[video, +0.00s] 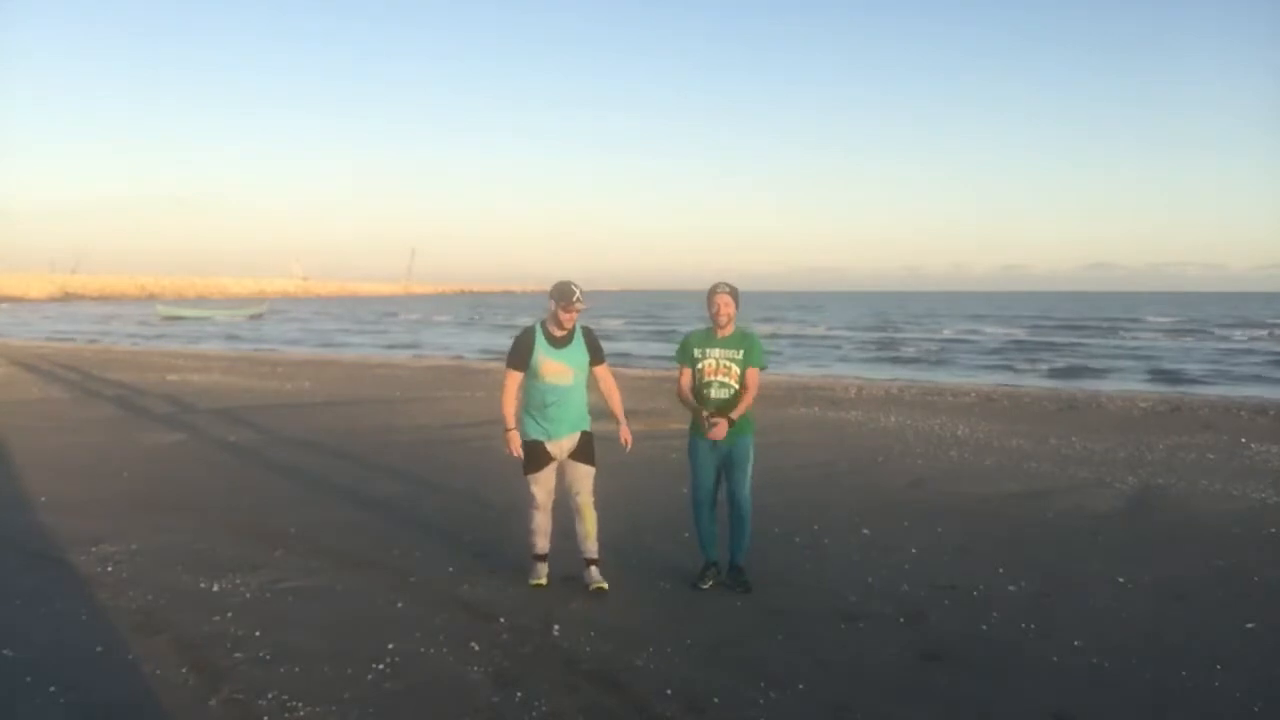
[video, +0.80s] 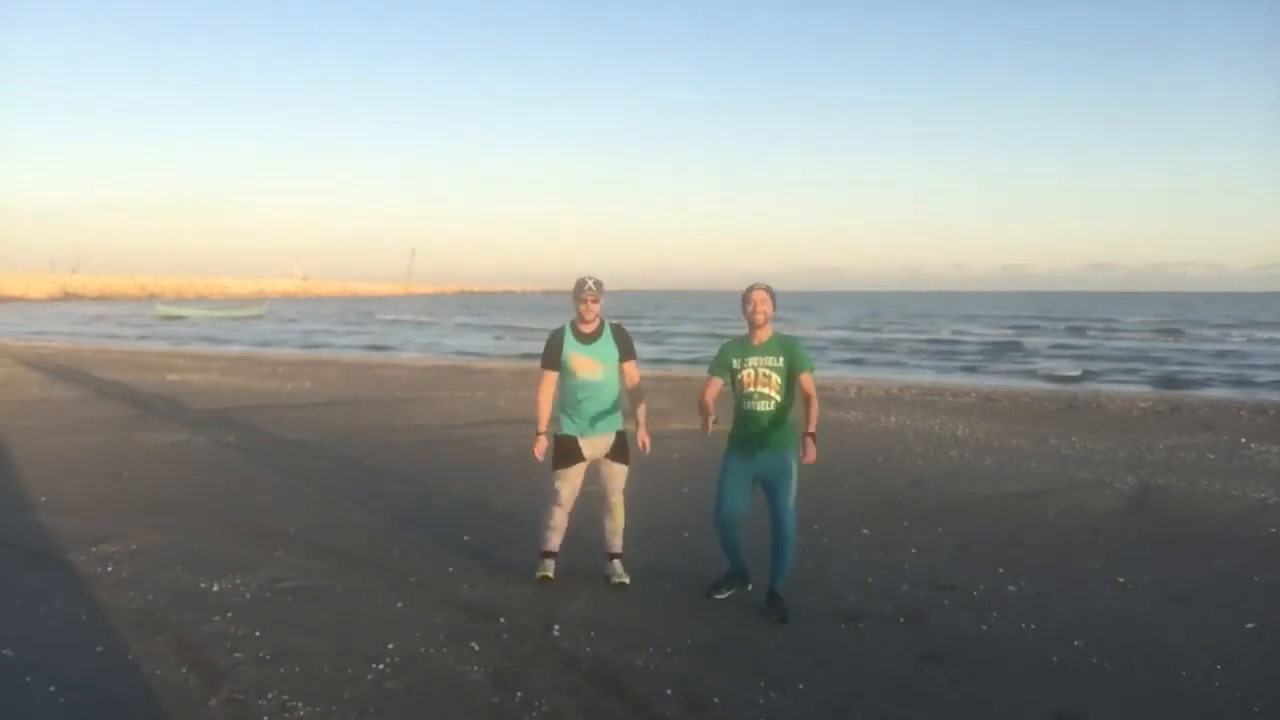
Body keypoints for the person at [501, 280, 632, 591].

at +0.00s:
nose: (571, 315)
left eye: (576, 309)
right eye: (565, 309)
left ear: (580, 309)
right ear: (552, 305)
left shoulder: (586, 339)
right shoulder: (529, 338)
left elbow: (606, 380)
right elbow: (510, 387)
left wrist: (622, 421)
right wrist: (510, 429)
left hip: (578, 432)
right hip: (538, 434)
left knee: (584, 500)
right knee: (540, 501)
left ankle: (592, 566)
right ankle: (540, 562)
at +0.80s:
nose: (589, 307)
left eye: (594, 301)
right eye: (583, 301)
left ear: (601, 302)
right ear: (574, 302)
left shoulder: (617, 335)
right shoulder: (559, 339)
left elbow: (633, 383)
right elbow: (547, 387)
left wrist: (642, 424)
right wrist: (542, 432)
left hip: (612, 430)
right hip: (571, 431)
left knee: (615, 498)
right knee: (562, 498)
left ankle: (615, 559)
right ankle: (549, 558)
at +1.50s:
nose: (582, 310)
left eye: (588, 304)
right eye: (576, 304)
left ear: (595, 306)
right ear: (566, 304)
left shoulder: (610, 337)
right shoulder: (548, 338)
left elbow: (626, 381)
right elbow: (535, 385)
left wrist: (637, 420)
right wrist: (527, 430)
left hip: (601, 434)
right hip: (557, 434)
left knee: (609, 499)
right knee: (541, 495)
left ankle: (614, 560)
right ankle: (524, 556)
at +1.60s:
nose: (572, 314)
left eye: (577, 308)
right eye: (567, 307)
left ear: (585, 310)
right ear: (556, 307)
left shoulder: (599, 340)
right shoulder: (537, 341)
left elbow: (617, 380)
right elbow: (521, 386)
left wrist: (627, 419)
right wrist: (510, 430)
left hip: (590, 436)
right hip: (546, 436)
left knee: (603, 502)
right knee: (527, 500)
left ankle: (613, 560)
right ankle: (507, 561)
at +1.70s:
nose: (563, 314)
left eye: (569, 309)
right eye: (559, 308)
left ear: (576, 311)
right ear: (549, 308)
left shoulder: (588, 341)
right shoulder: (528, 341)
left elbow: (607, 384)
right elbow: (512, 386)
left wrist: (620, 424)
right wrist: (499, 430)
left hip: (580, 437)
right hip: (535, 437)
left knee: (597, 502)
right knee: (521, 501)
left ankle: (611, 560)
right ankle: (505, 562)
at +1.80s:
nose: (552, 313)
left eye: (558, 308)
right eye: (547, 307)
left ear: (564, 309)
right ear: (536, 306)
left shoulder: (575, 340)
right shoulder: (514, 339)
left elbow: (593, 385)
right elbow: (497, 383)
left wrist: (603, 426)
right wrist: (486, 426)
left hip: (567, 436)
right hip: (522, 436)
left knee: (585, 498)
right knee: (513, 501)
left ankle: (604, 559)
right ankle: (504, 563)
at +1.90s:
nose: (540, 311)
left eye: (545, 306)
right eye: (534, 305)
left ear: (552, 307)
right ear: (523, 304)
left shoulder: (563, 335)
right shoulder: (502, 336)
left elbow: (577, 380)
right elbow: (483, 380)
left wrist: (579, 423)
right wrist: (474, 424)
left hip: (558, 431)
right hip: (514, 434)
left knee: (571, 495)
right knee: (509, 500)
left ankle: (577, 553)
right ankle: (504, 562)